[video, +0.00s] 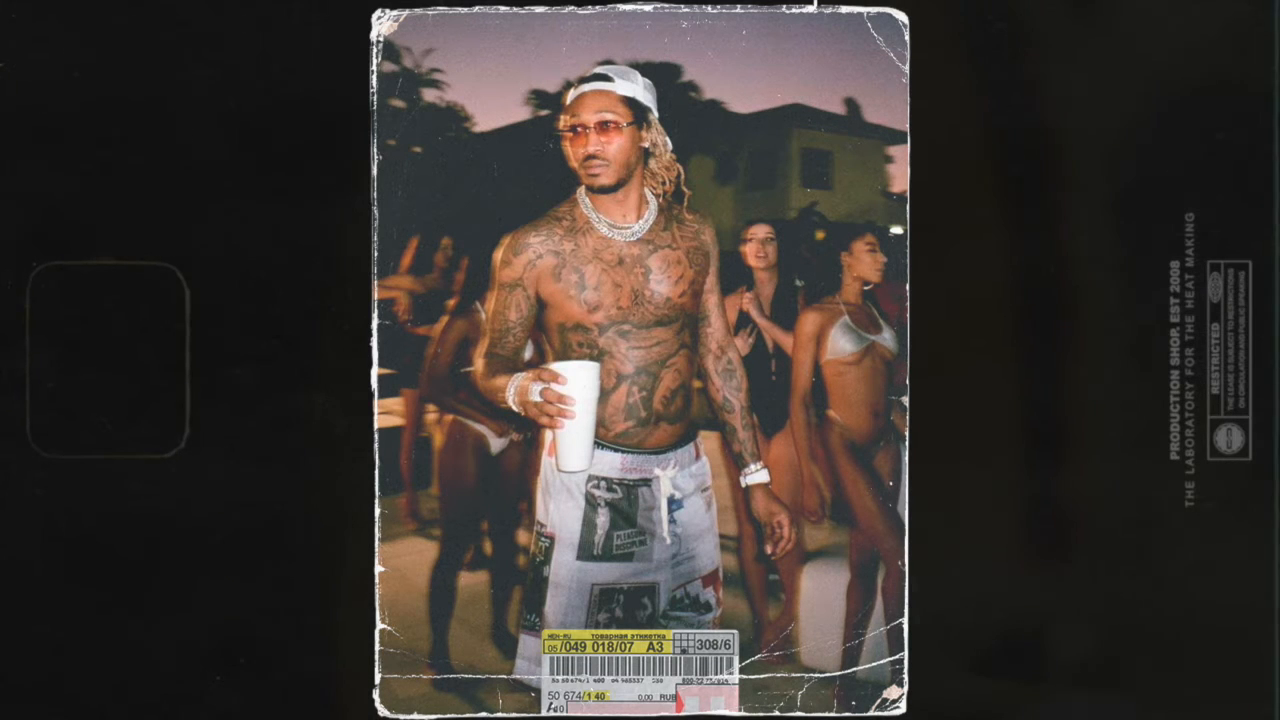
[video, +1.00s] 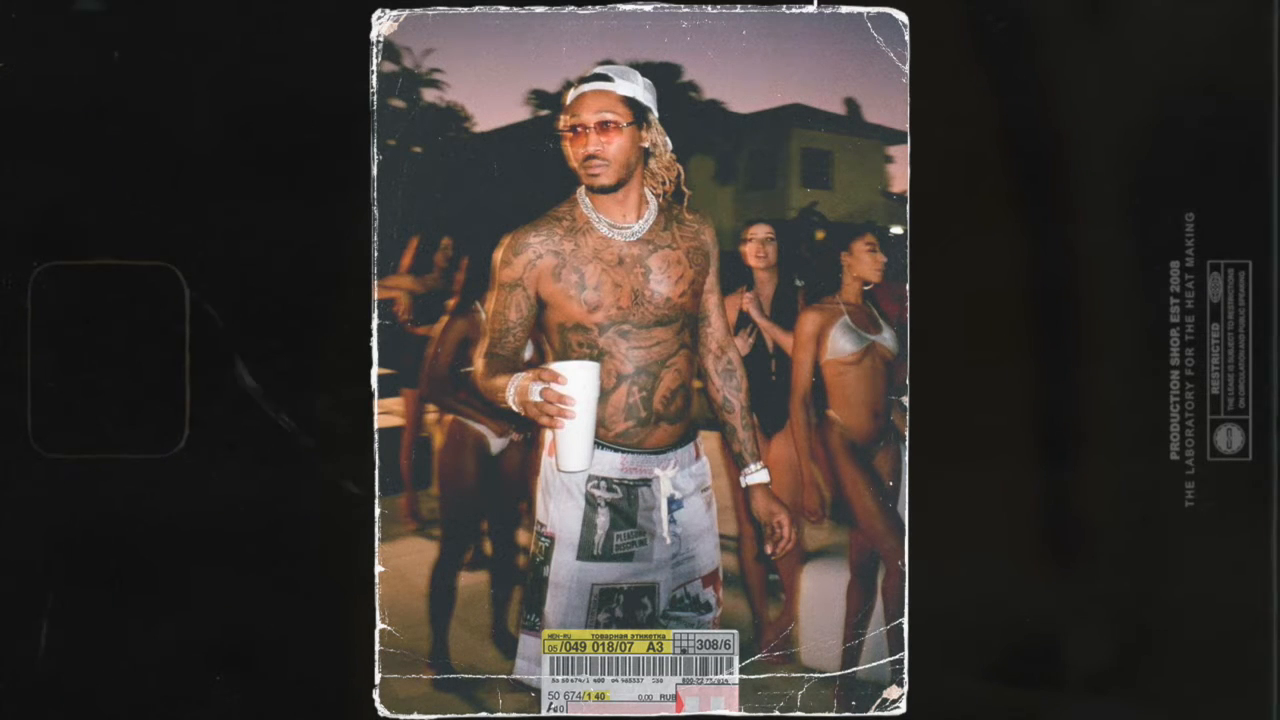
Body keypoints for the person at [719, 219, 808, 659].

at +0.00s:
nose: (759, 249)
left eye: (768, 241)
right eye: (751, 242)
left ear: (781, 249)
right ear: (741, 250)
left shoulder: (797, 296)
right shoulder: (730, 300)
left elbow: (802, 351)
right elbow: (714, 365)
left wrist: (761, 318)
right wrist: (735, 346)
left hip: (784, 420)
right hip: (739, 421)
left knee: (783, 520)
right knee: (748, 526)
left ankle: (794, 614)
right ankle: (762, 620)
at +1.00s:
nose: (760, 249)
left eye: (768, 242)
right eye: (752, 242)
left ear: (781, 249)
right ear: (741, 250)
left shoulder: (797, 295)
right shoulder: (731, 300)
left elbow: (804, 352)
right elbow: (714, 365)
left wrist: (762, 319)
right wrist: (734, 345)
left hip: (784, 420)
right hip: (738, 421)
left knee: (784, 521)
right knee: (749, 527)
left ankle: (794, 612)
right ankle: (762, 623)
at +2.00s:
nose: (760, 249)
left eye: (768, 241)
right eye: (752, 242)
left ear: (781, 249)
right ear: (741, 250)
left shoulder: (797, 296)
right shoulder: (730, 300)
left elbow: (804, 352)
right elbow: (713, 365)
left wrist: (761, 318)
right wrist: (736, 340)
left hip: (784, 419)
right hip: (738, 420)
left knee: (783, 522)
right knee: (748, 526)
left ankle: (794, 613)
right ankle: (761, 621)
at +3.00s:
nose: (760, 249)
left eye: (768, 241)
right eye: (752, 241)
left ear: (781, 250)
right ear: (741, 250)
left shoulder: (797, 296)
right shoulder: (730, 300)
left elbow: (804, 352)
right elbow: (712, 365)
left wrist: (761, 318)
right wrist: (734, 345)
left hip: (783, 420)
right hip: (738, 421)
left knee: (783, 521)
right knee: (748, 525)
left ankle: (793, 613)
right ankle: (762, 621)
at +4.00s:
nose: (759, 249)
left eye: (767, 242)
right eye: (752, 242)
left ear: (781, 249)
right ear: (740, 250)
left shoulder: (797, 296)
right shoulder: (731, 300)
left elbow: (803, 351)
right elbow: (714, 365)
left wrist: (761, 318)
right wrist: (735, 344)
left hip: (784, 420)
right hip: (739, 421)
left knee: (783, 521)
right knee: (748, 526)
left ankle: (793, 613)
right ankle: (762, 621)